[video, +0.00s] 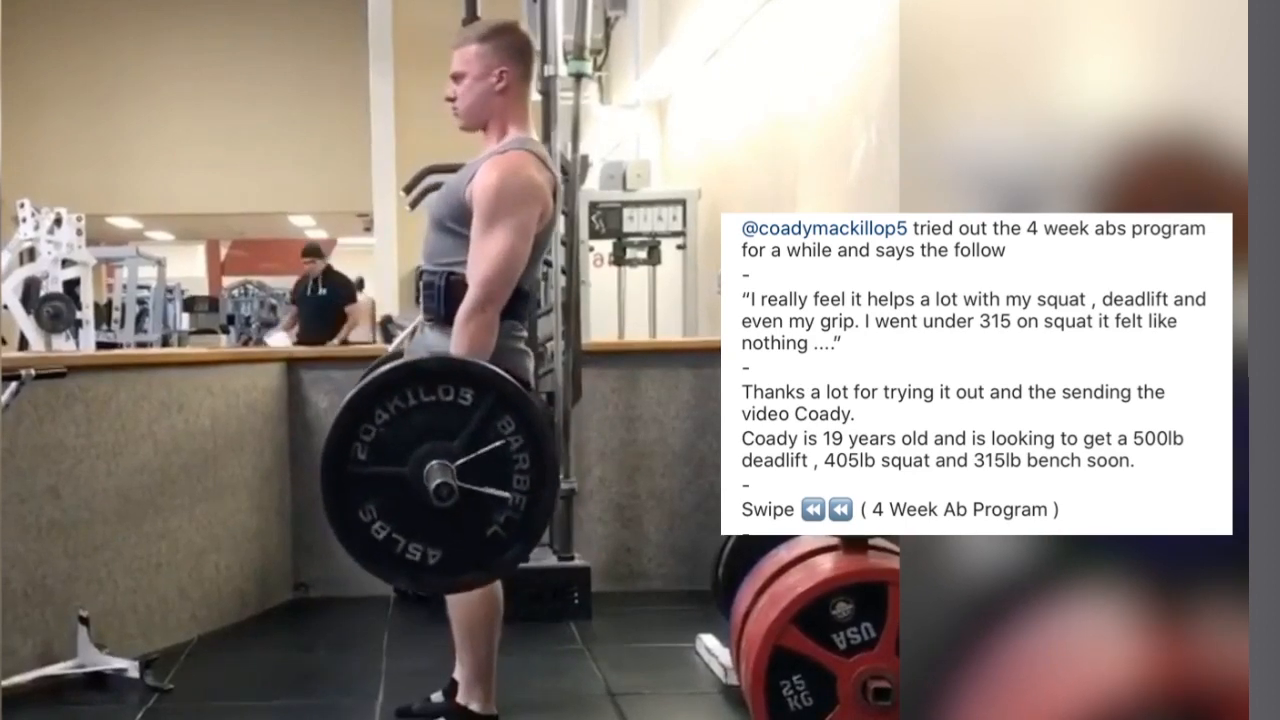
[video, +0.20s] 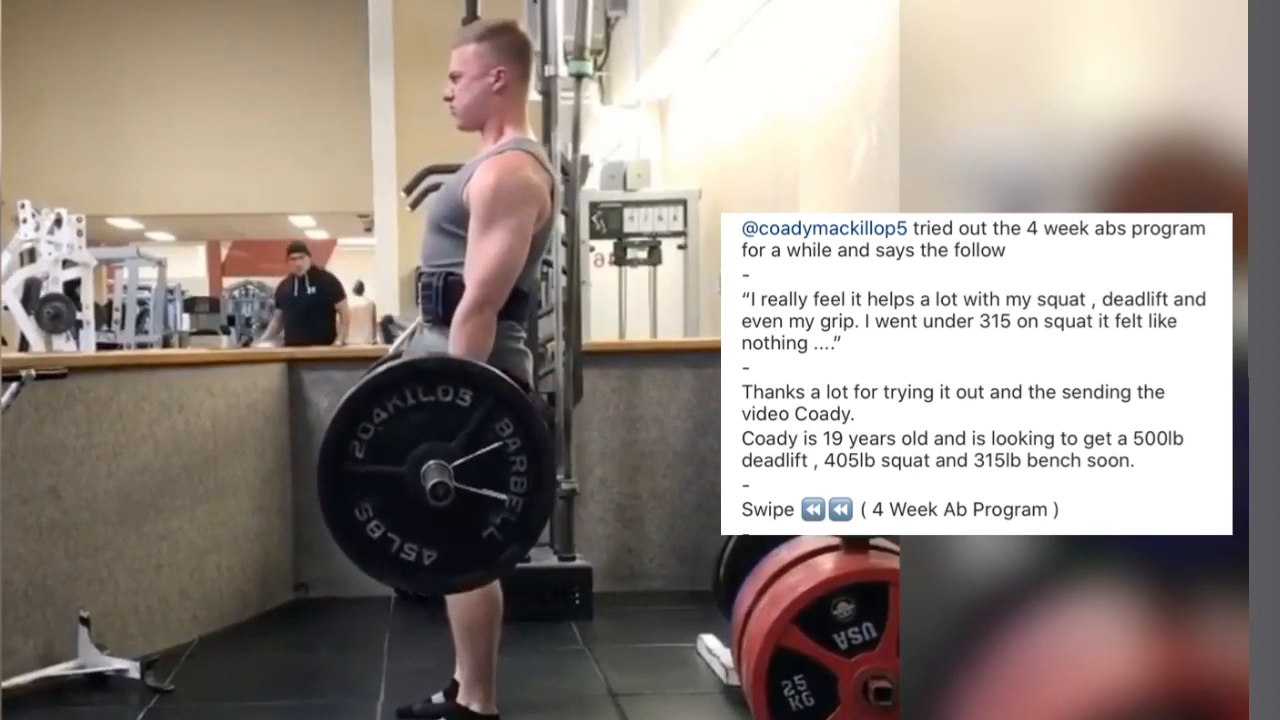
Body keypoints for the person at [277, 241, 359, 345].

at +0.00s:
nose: (309, 267)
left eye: (312, 262)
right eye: (305, 263)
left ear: (323, 261)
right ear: (303, 263)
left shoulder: (341, 282)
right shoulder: (302, 283)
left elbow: (354, 317)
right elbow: (297, 311)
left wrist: (338, 340)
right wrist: (284, 328)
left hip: (331, 346)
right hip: (304, 346)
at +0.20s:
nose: (298, 263)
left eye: (301, 258)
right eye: (293, 259)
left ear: (309, 258)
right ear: (288, 262)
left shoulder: (327, 280)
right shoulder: (284, 286)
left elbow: (344, 310)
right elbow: (278, 318)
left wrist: (341, 339)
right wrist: (263, 341)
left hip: (324, 351)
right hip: (293, 353)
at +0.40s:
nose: (285, 257)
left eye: (288, 252)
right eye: (280, 253)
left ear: (296, 255)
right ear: (274, 258)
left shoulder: (316, 277)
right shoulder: (268, 286)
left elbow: (336, 309)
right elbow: (260, 319)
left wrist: (340, 340)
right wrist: (251, 345)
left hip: (316, 351)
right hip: (281, 354)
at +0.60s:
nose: (280, 255)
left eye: (283, 250)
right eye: (274, 251)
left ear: (290, 255)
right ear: (267, 258)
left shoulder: (307, 278)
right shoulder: (258, 284)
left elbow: (326, 309)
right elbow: (248, 317)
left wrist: (333, 336)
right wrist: (246, 343)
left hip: (308, 350)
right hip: (274, 352)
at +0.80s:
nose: (277, 256)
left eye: (281, 251)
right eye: (272, 252)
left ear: (288, 257)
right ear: (264, 258)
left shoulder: (302, 281)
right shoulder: (255, 284)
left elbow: (318, 313)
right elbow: (242, 320)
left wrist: (324, 346)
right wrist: (239, 351)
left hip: (301, 354)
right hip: (266, 355)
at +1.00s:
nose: (275, 251)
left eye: (280, 248)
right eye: (270, 248)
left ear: (287, 254)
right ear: (263, 255)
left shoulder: (301, 281)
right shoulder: (250, 282)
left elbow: (314, 317)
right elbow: (236, 317)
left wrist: (323, 349)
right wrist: (228, 350)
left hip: (295, 354)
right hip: (260, 355)